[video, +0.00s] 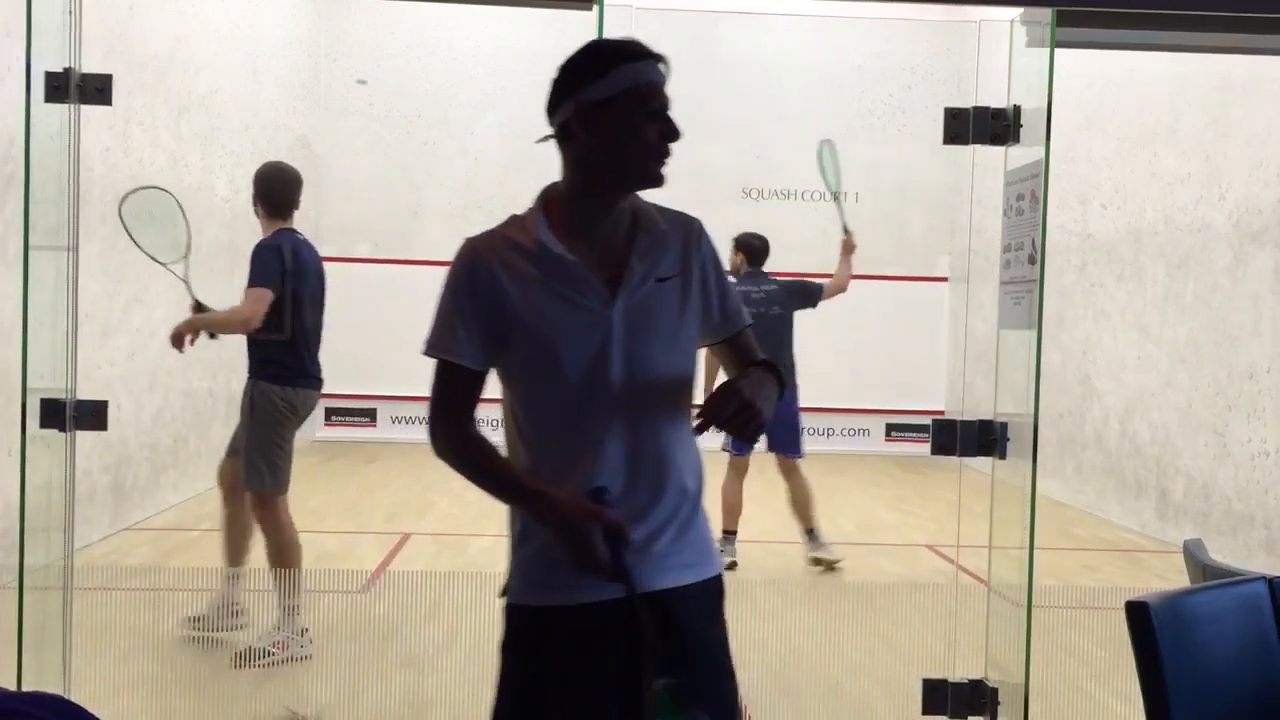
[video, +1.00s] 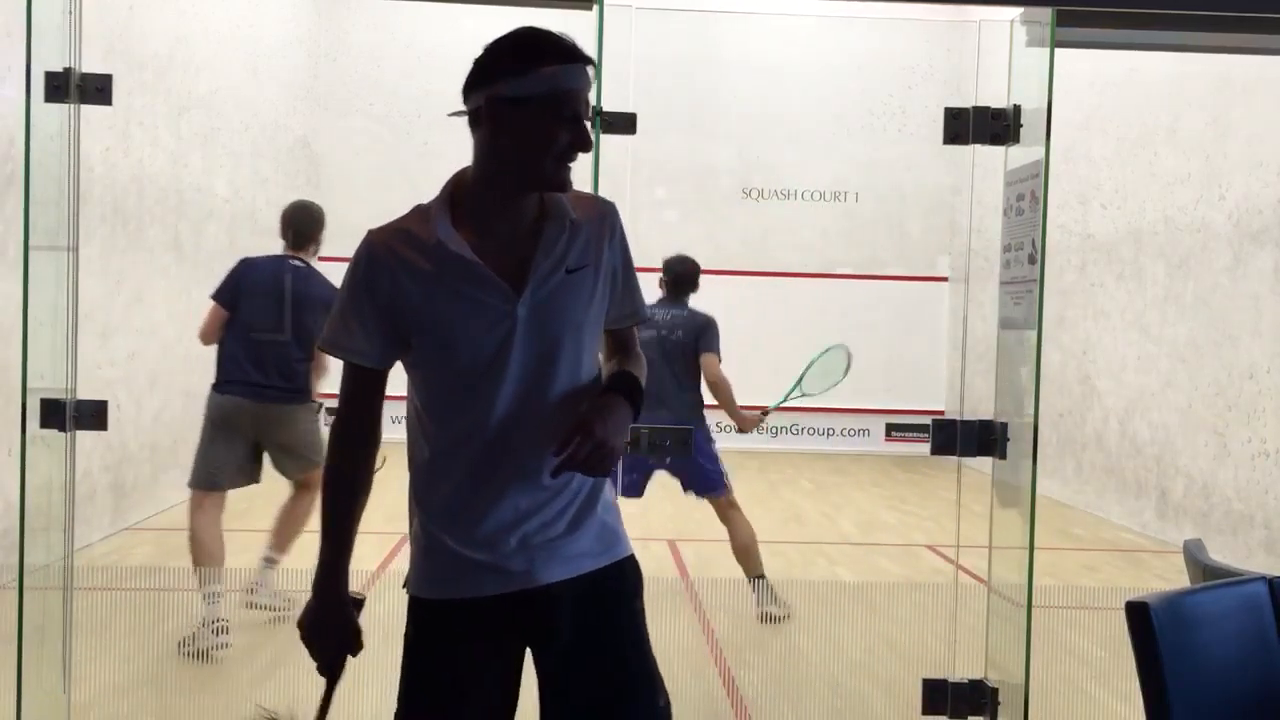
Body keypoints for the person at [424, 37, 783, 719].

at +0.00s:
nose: (673, 133)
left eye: (667, 114)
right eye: (653, 113)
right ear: (582, 125)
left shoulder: (684, 243)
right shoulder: (493, 262)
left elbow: (755, 371)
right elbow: (448, 427)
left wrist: (757, 387)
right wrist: (546, 505)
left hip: (680, 578)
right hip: (559, 590)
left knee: (709, 714)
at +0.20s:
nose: (612, 138)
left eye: (610, 120)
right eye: (591, 119)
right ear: (521, 125)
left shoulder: (626, 239)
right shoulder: (431, 260)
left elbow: (682, 379)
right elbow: (380, 417)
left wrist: (674, 405)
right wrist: (444, 521)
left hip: (609, 570)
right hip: (483, 575)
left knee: (648, 712)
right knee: (465, 716)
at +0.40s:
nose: (572, 144)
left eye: (571, 124)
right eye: (550, 125)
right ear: (480, 125)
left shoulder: (591, 237)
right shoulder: (390, 259)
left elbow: (636, 379)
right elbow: (342, 414)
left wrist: (611, 409)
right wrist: (353, 554)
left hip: (575, 575)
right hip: (444, 577)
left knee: (604, 711)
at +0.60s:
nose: (554, 136)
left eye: (555, 116)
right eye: (531, 117)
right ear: (458, 117)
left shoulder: (578, 227)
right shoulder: (376, 252)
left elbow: (629, 361)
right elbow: (335, 406)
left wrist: (581, 398)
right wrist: (303, 571)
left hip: (563, 577)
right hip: (432, 582)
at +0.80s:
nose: (558, 137)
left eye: (559, 117)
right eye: (533, 117)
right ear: (460, 116)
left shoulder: (577, 227)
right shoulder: (373, 256)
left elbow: (622, 353)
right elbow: (337, 415)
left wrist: (596, 397)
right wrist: (303, 577)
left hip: (570, 574)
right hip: (440, 583)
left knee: (594, 714)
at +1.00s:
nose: (583, 136)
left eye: (584, 118)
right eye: (561, 116)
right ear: (487, 115)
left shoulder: (595, 226)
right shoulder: (393, 255)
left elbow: (625, 354)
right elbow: (357, 425)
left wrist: (621, 396)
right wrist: (331, 584)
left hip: (590, 569)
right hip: (461, 581)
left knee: (634, 714)